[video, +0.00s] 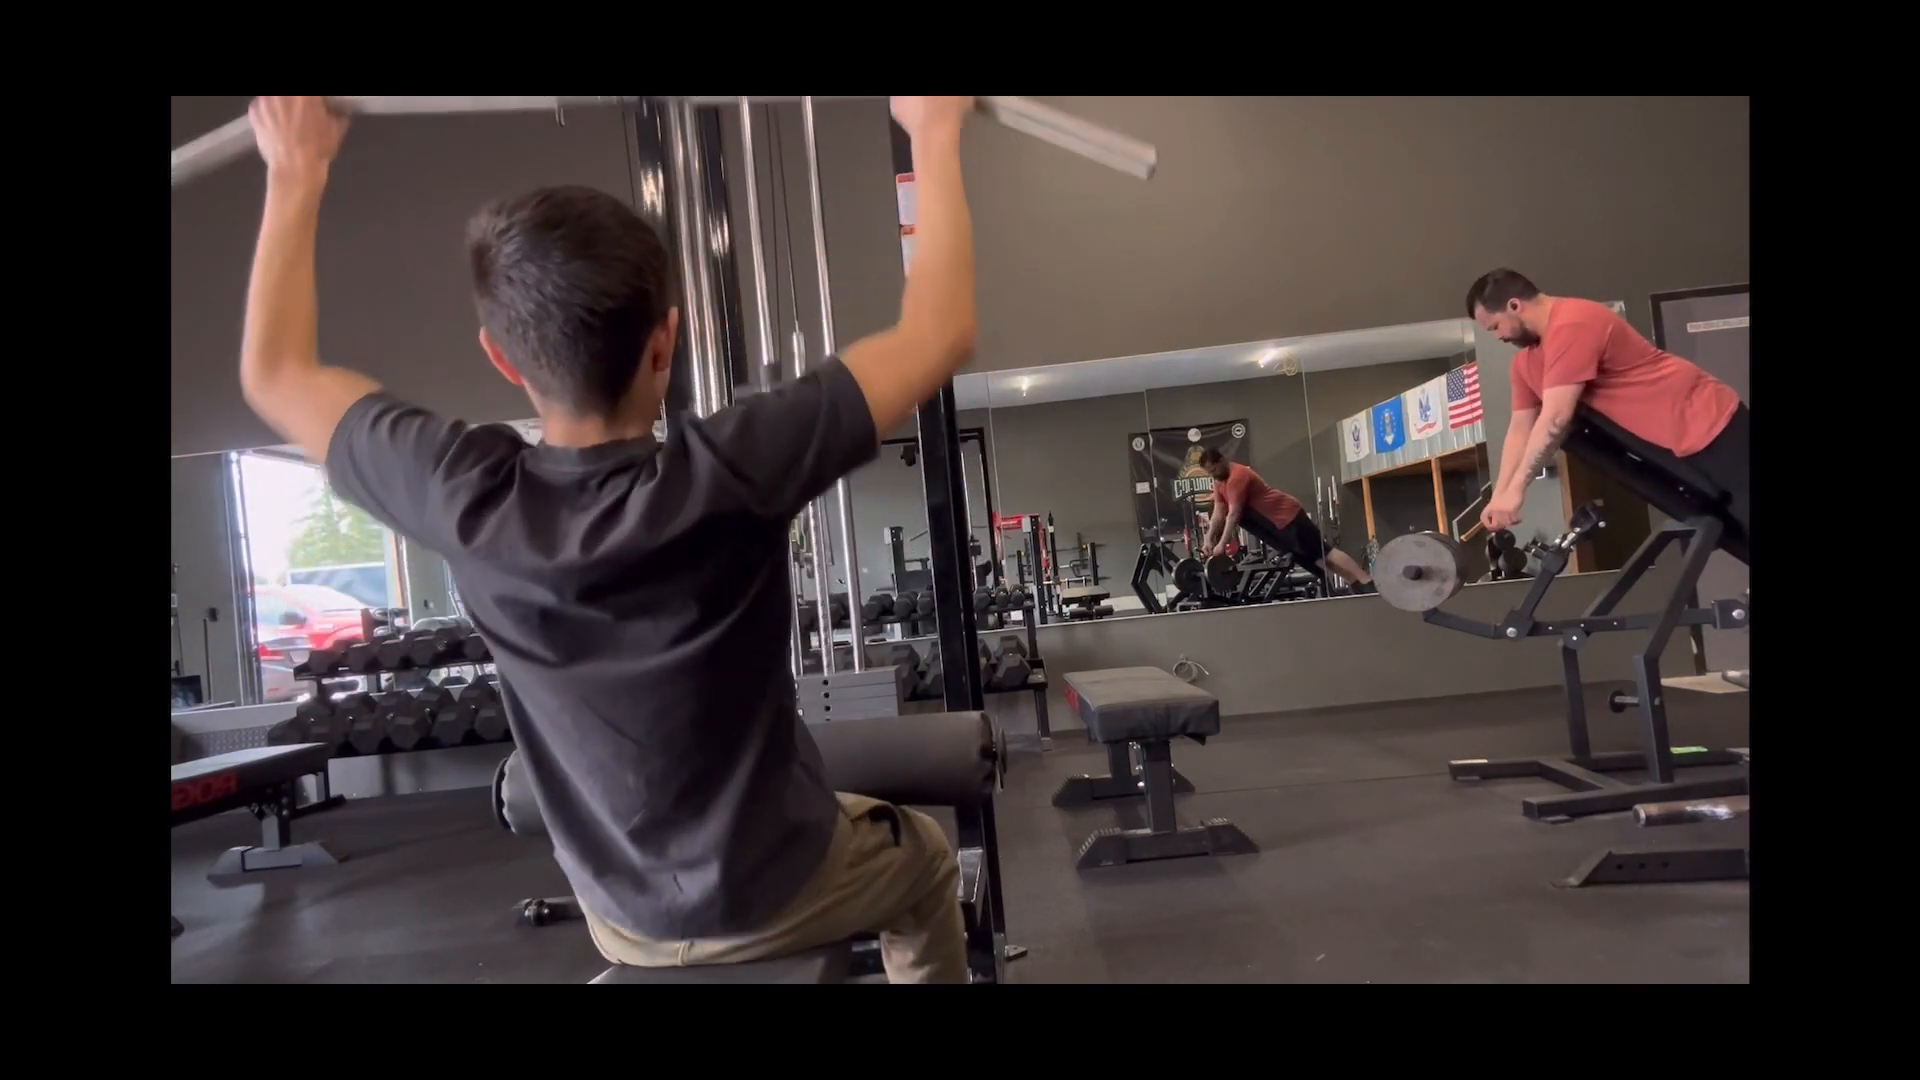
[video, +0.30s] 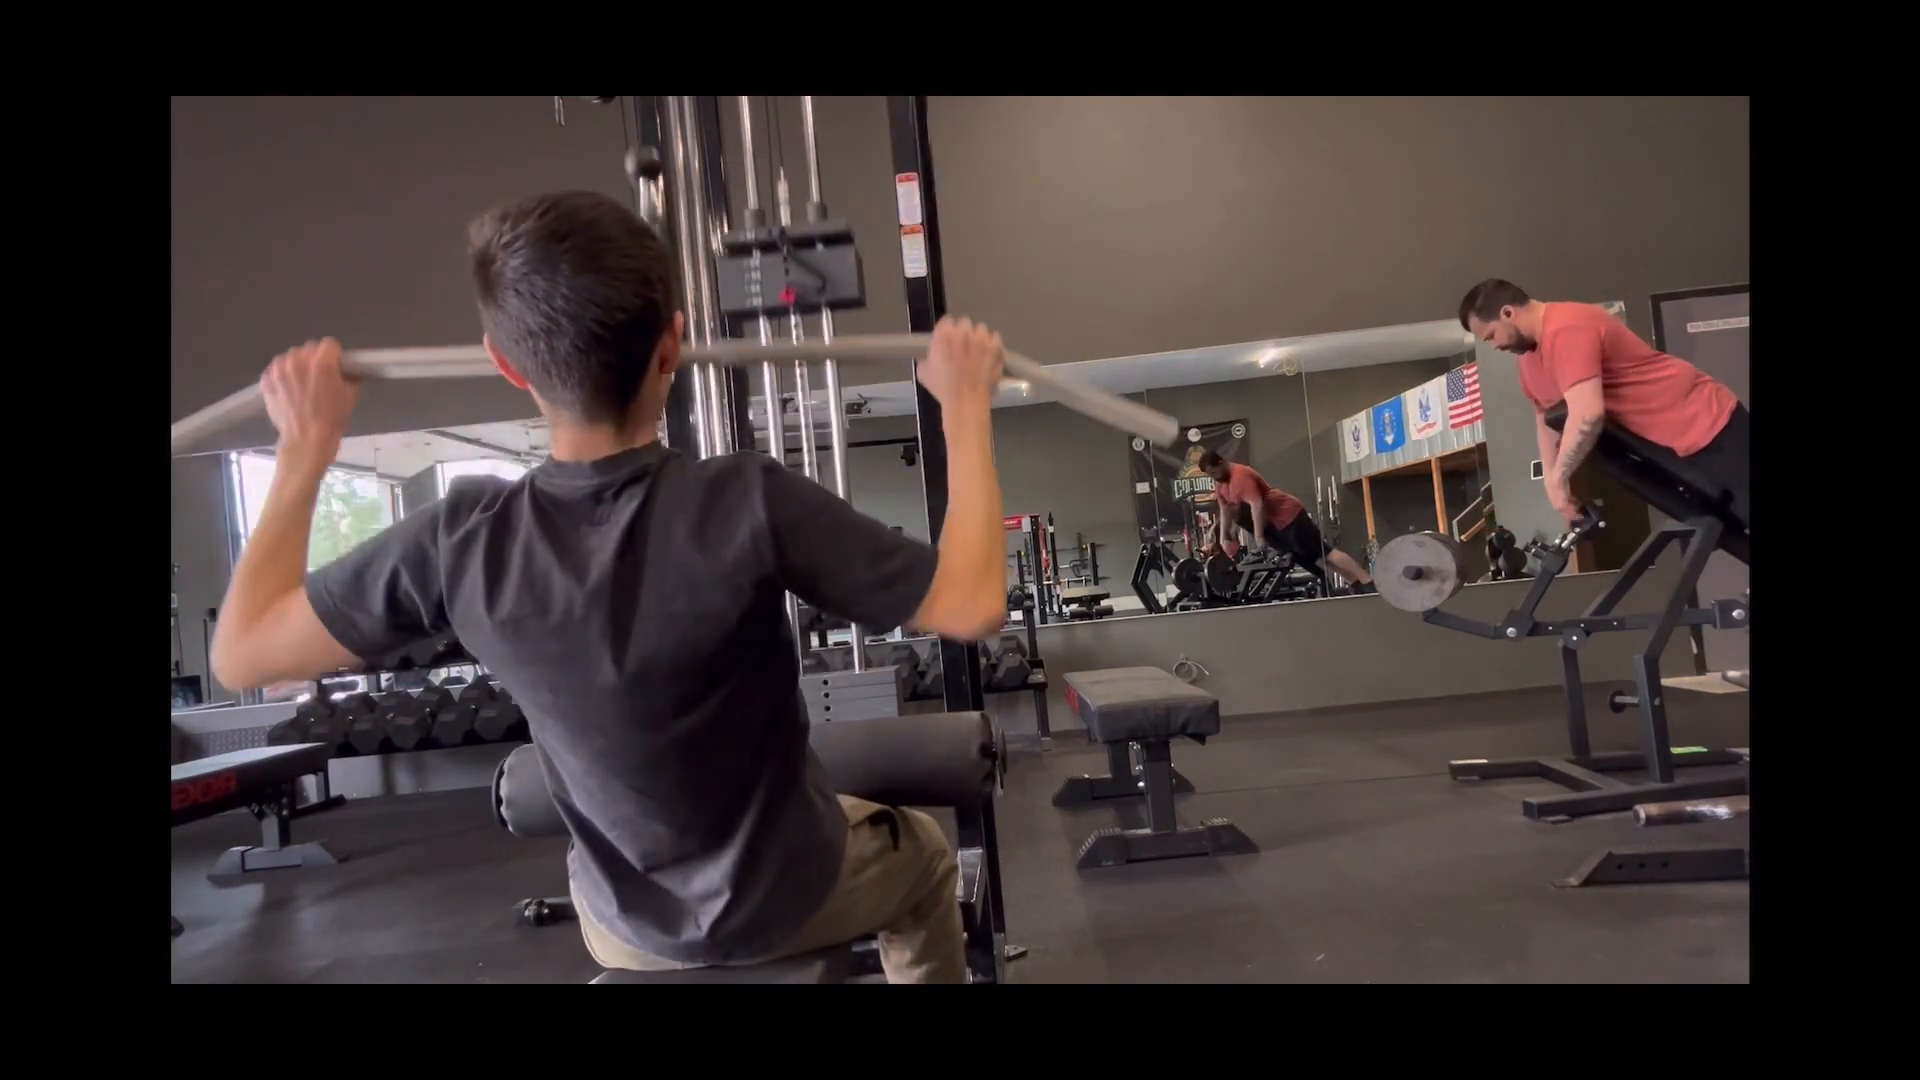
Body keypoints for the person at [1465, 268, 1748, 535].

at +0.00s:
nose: (1498, 337)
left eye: (1495, 327)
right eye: (1491, 332)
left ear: (1515, 306)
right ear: (1514, 309)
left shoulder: (1573, 322)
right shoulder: (1526, 362)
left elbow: (1556, 420)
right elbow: (1519, 428)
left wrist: (1515, 489)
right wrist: (1501, 492)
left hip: (1711, 422)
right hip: (1676, 449)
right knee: (1734, 534)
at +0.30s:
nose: (1493, 346)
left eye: (1490, 335)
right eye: (1486, 340)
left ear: (1509, 312)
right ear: (1508, 314)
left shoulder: (1567, 325)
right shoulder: (1528, 363)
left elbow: (1589, 415)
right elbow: (1547, 423)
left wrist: (1558, 476)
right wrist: (1556, 486)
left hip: (1709, 423)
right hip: (1670, 449)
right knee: (1730, 533)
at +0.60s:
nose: (1487, 360)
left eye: (1481, 350)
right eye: (1479, 355)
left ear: (1496, 330)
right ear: (1496, 333)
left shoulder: (1555, 333)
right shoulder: (1531, 371)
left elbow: (1587, 419)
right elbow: (1568, 436)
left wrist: (1583, 490)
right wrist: (1580, 494)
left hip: (1704, 421)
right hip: (1671, 445)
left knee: (1745, 515)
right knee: (1729, 529)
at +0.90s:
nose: (1483, 365)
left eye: (1477, 356)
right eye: (1476, 360)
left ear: (1493, 335)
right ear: (1493, 337)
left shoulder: (1550, 335)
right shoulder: (1527, 367)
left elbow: (1583, 422)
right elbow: (1566, 431)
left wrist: (1587, 494)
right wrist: (1583, 492)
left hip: (1701, 416)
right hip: (1672, 439)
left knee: (1745, 510)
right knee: (1730, 522)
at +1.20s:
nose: (1487, 363)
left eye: (1481, 353)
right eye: (1479, 357)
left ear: (1496, 331)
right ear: (1497, 334)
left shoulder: (1546, 339)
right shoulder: (1528, 373)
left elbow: (1576, 426)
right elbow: (1558, 442)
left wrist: (1585, 496)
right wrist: (1572, 505)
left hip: (1708, 422)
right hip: (1681, 444)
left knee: (1745, 519)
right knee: (1733, 529)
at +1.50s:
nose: (1492, 356)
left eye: (1487, 346)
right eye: (1483, 351)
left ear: (1503, 320)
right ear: (1502, 323)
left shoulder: (1549, 336)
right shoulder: (1526, 371)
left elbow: (1578, 427)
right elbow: (1553, 436)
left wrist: (1578, 494)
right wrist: (1561, 500)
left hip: (1706, 420)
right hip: (1677, 444)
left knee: (1744, 521)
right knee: (1730, 531)